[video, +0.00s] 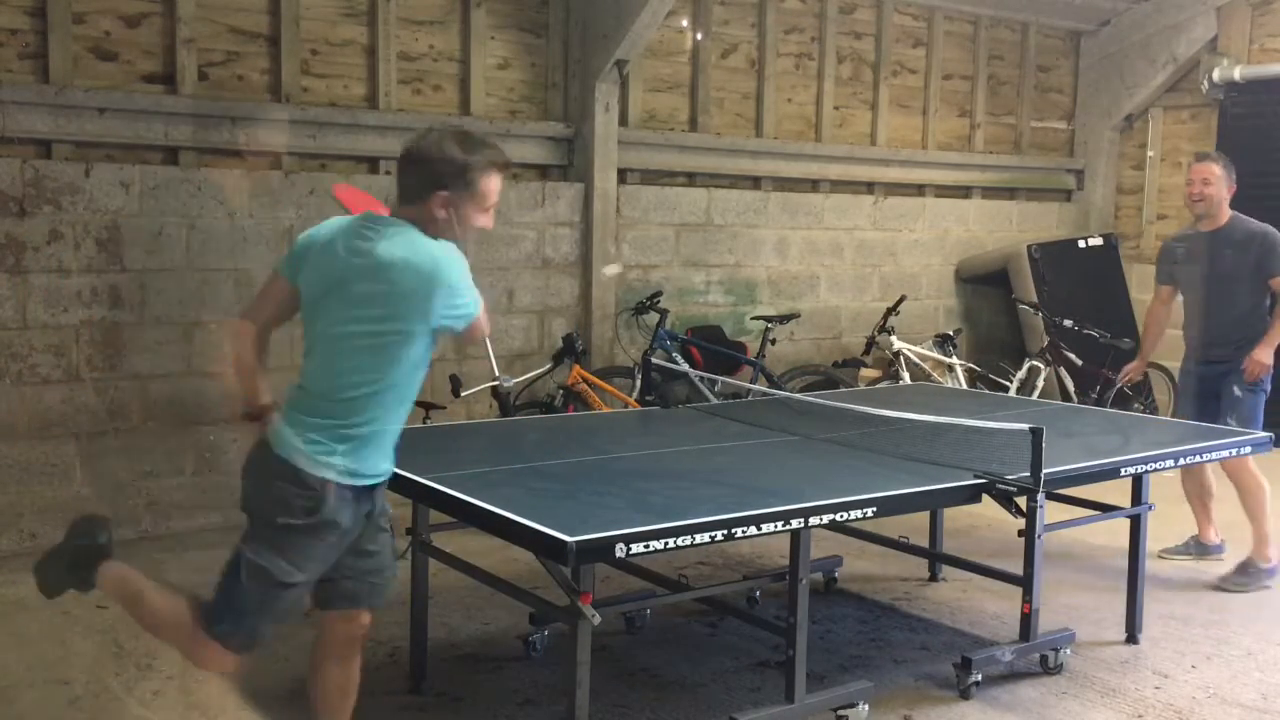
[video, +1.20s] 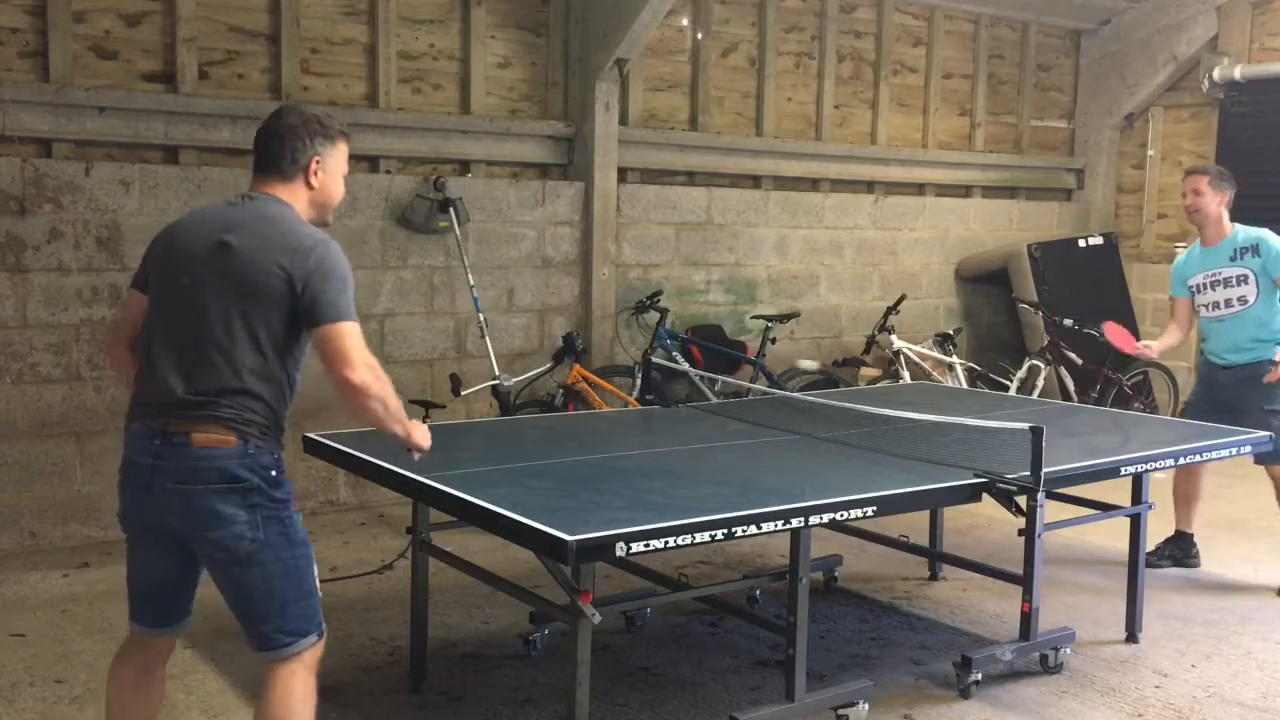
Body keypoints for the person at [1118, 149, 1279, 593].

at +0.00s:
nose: (1195, 190)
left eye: (1205, 182)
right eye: (1190, 183)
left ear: (1229, 189)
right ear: (1185, 190)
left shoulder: (1263, 240)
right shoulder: (1176, 246)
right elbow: (1161, 305)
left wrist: (1268, 346)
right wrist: (1143, 358)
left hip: (1246, 365)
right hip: (1196, 365)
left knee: (1233, 453)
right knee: (1186, 453)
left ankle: (1265, 555)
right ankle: (1207, 538)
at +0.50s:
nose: (1173, 200)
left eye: (1179, 192)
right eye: (1173, 192)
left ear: (1202, 192)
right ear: (1200, 193)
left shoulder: (1224, 234)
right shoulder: (1204, 233)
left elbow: (1245, 303)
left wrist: (1230, 362)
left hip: (1223, 358)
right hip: (1205, 353)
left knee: (1214, 455)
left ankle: (1244, 555)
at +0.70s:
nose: (1249, 195)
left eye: (1258, 188)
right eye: (1252, 188)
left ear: (1278, 198)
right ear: (1269, 199)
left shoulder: (1276, 253)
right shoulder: (1273, 254)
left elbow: (1243, 305)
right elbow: (1244, 307)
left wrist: (1208, 284)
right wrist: (1206, 283)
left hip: (1273, 374)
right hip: (1268, 372)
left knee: (1235, 448)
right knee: (1233, 448)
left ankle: (1195, 531)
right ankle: (1195, 531)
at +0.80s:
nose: (1225, 200)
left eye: (1234, 193)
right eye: (1229, 192)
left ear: (1261, 200)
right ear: (1253, 201)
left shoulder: (1274, 247)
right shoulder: (1246, 260)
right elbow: (1212, 307)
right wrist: (1159, 299)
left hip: (1271, 375)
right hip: (1251, 376)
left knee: (1223, 459)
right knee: (1219, 457)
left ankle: (1187, 539)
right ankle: (1187, 540)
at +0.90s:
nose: (1207, 203)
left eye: (1215, 197)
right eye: (1209, 196)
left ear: (1244, 203)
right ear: (1232, 204)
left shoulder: (1273, 249)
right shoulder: (1216, 267)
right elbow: (1176, 315)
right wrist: (1113, 322)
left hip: (1273, 380)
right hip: (1233, 379)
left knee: (1276, 471)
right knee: (1202, 452)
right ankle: (1184, 539)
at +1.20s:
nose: (1188, 202)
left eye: (1197, 193)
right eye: (1185, 195)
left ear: (1224, 197)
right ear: (1184, 203)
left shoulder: (1263, 243)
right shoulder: (1184, 264)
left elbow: (1279, 299)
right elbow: (1180, 326)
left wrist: (1279, 360)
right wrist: (1157, 345)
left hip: (1262, 375)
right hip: (1214, 378)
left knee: (1274, 464)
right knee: (1186, 451)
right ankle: (1183, 540)